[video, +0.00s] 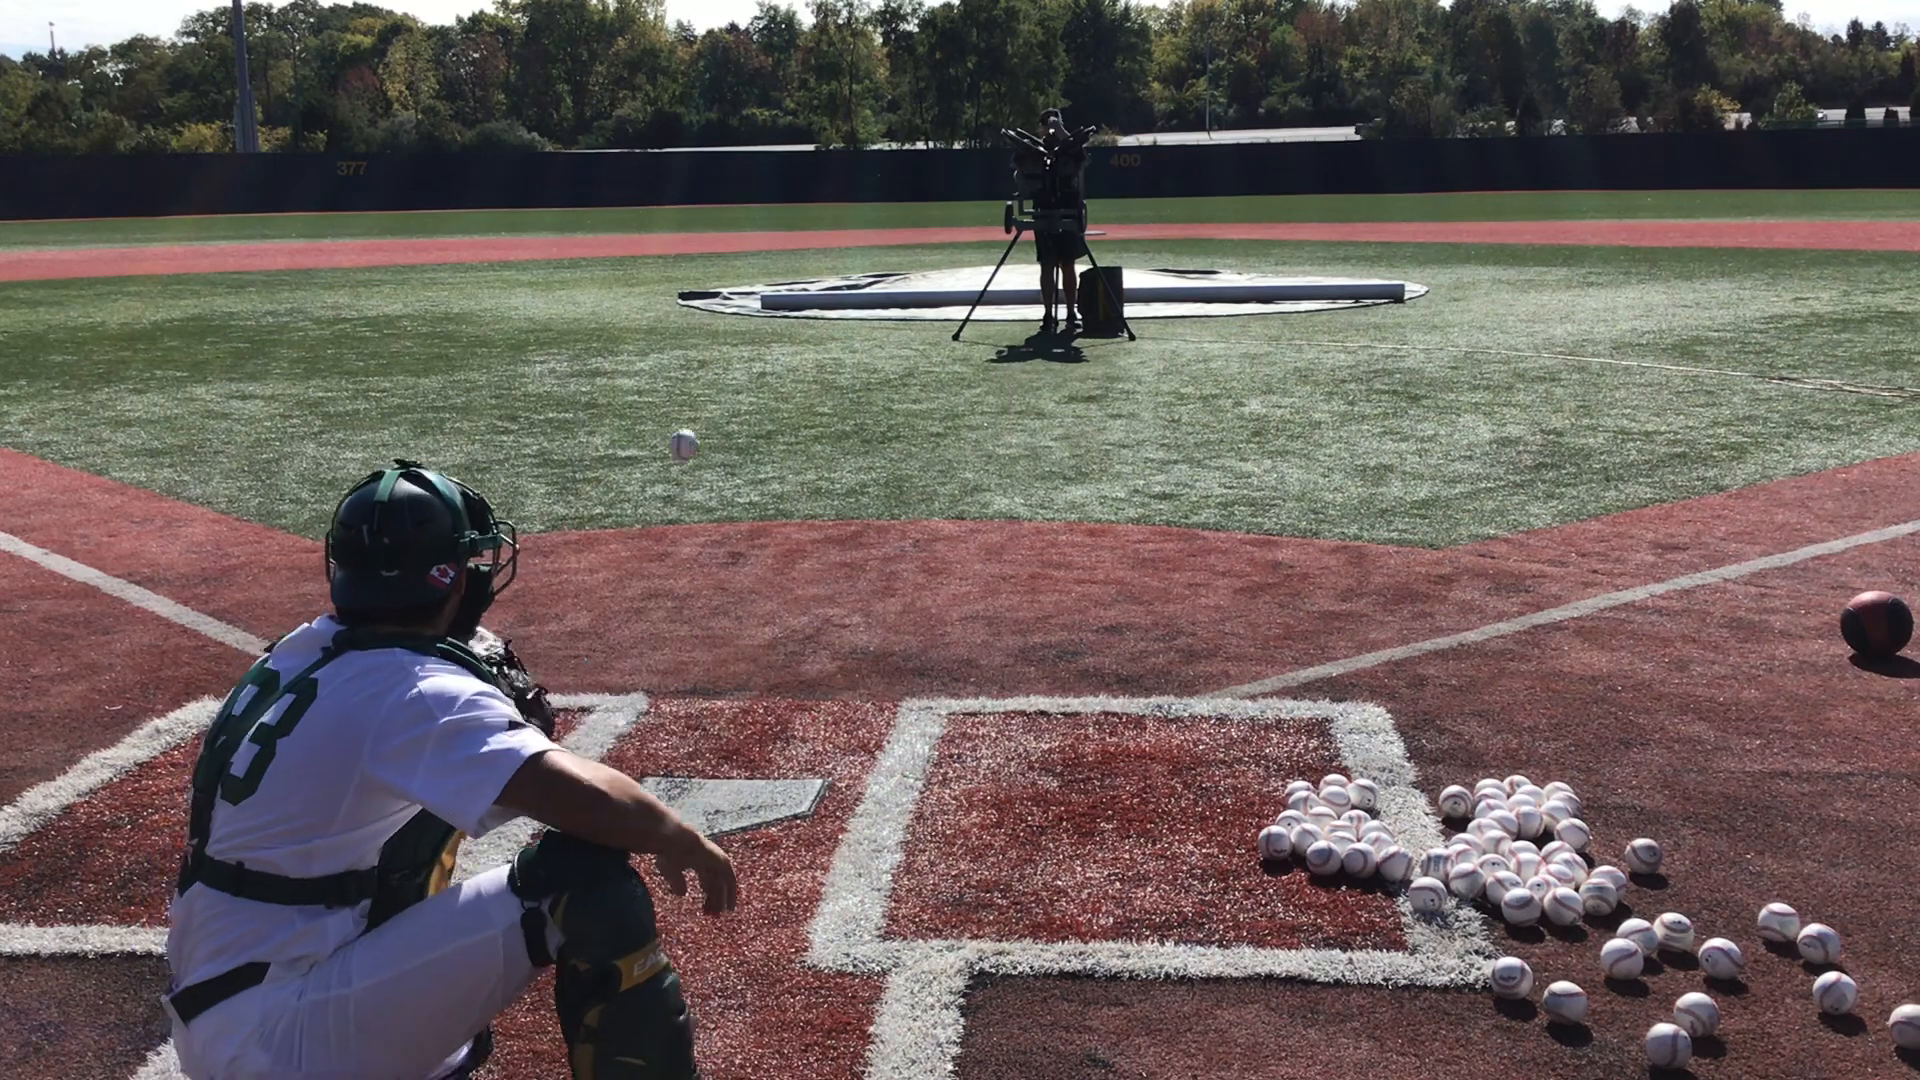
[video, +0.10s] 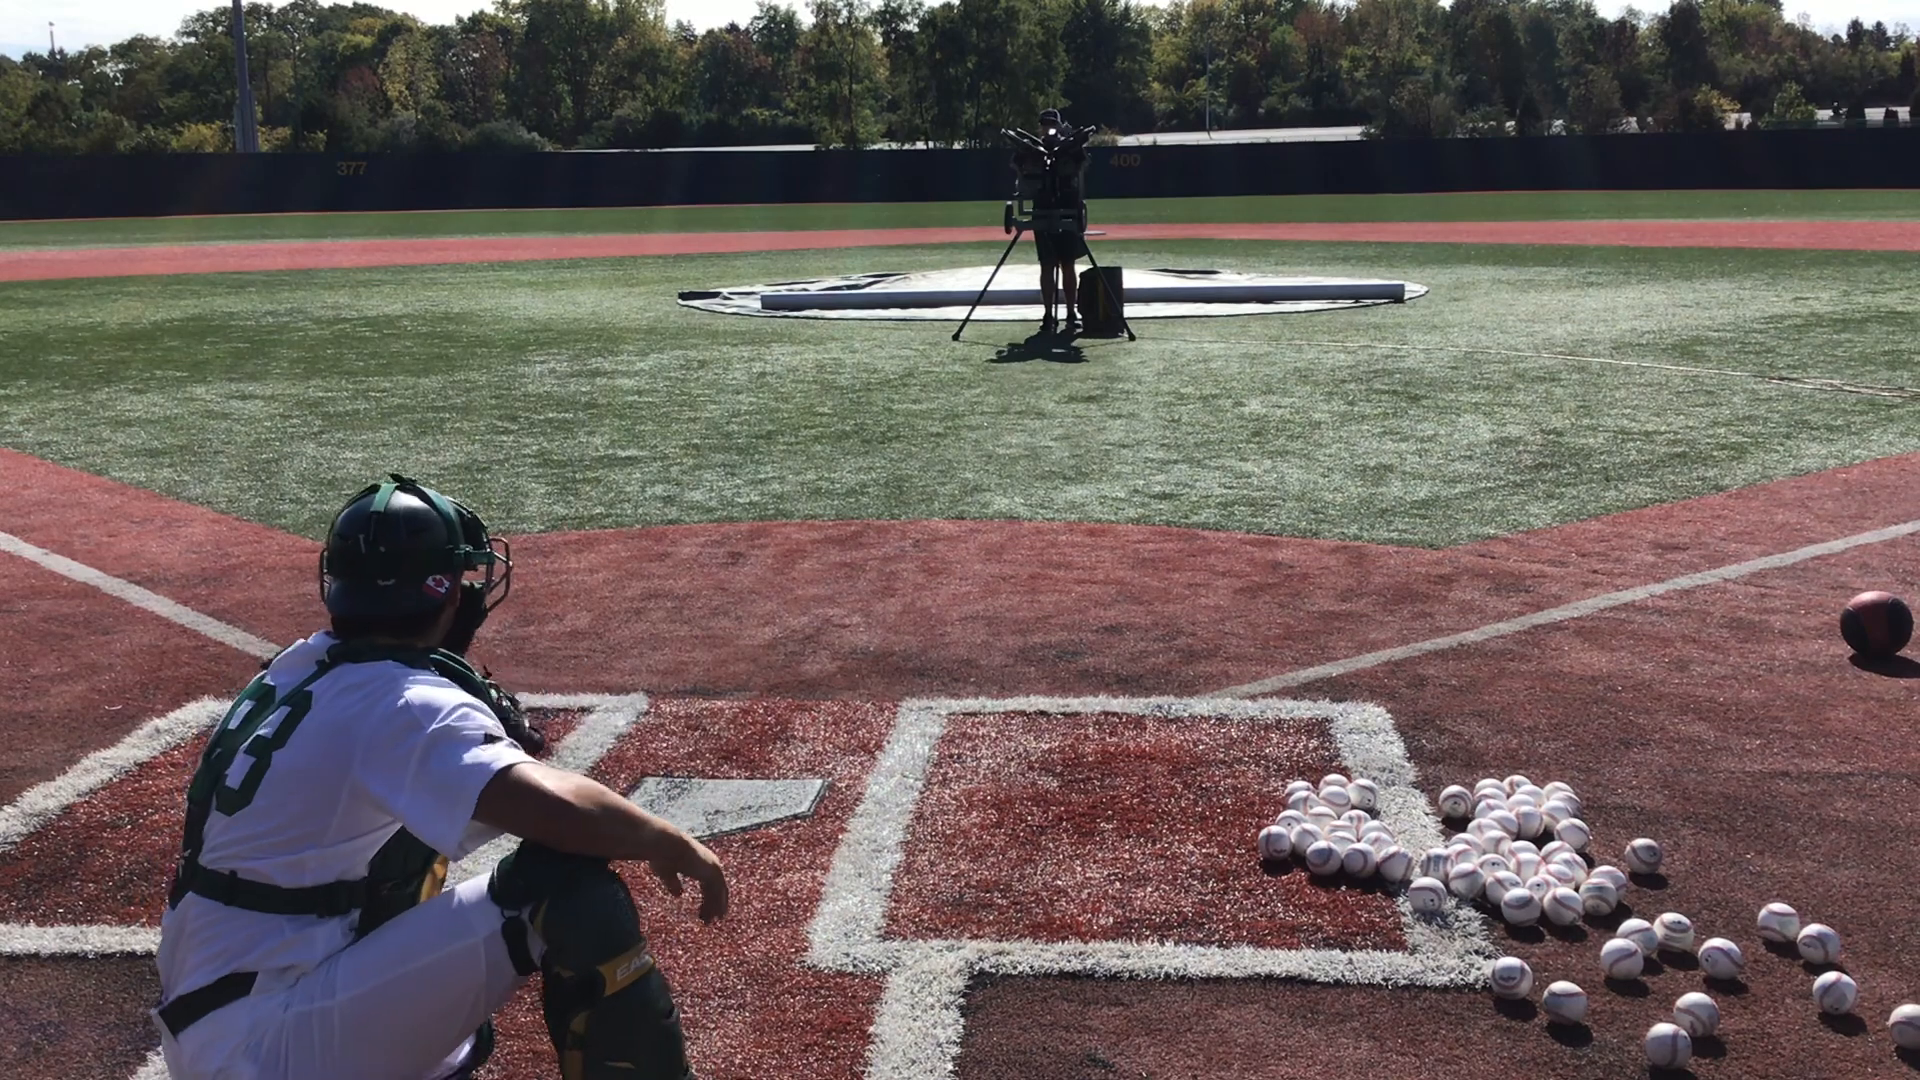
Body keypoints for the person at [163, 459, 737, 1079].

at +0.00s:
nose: (484, 575)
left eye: (481, 560)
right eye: (474, 563)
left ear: (350, 578)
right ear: (445, 587)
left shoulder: (306, 644)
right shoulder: (412, 691)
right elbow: (593, 801)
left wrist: (506, 713)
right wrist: (677, 838)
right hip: (272, 1033)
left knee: (433, 814)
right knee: (585, 879)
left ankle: (427, 1047)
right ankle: (641, 1059)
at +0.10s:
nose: (472, 592)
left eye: (469, 576)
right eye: (465, 578)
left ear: (342, 592)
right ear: (443, 599)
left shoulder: (303, 662)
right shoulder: (399, 700)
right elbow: (558, 809)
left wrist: (477, 718)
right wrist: (666, 842)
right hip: (258, 1038)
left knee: (414, 848)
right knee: (564, 885)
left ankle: (437, 1048)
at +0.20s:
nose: (468, 599)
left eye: (466, 582)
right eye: (462, 584)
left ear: (338, 594)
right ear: (435, 604)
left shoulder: (290, 663)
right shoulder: (393, 702)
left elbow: (386, 684)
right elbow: (552, 807)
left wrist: (476, 702)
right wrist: (654, 844)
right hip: (250, 1037)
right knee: (560, 887)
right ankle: (635, 1061)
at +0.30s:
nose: (467, 601)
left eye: (464, 583)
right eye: (460, 586)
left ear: (338, 591)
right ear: (431, 600)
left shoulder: (283, 659)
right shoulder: (383, 696)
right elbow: (554, 801)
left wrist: (459, 675)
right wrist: (647, 840)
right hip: (249, 1036)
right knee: (564, 883)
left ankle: (434, 1049)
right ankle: (636, 1062)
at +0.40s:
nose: (468, 593)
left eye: (466, 577)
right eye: (461, 578)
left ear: (338, 581)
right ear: (435, 589)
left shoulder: (284, 647)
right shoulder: (387, 690)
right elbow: (551, 799)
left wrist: (450, 649)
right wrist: (647, 831)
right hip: (248, 1020)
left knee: (455, 1032)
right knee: (568, 883)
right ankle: (637, 1061)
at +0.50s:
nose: (472, 584)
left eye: (470, 566)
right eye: (464, 568)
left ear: (345, 564)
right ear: (437, 575)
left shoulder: (287, 628)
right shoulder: (391, 675)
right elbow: (548, 789)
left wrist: (453, 641)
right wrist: (641, 822)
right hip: (245, 1000)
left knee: (450, 1033)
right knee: (569, 880)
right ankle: (638, 1058)